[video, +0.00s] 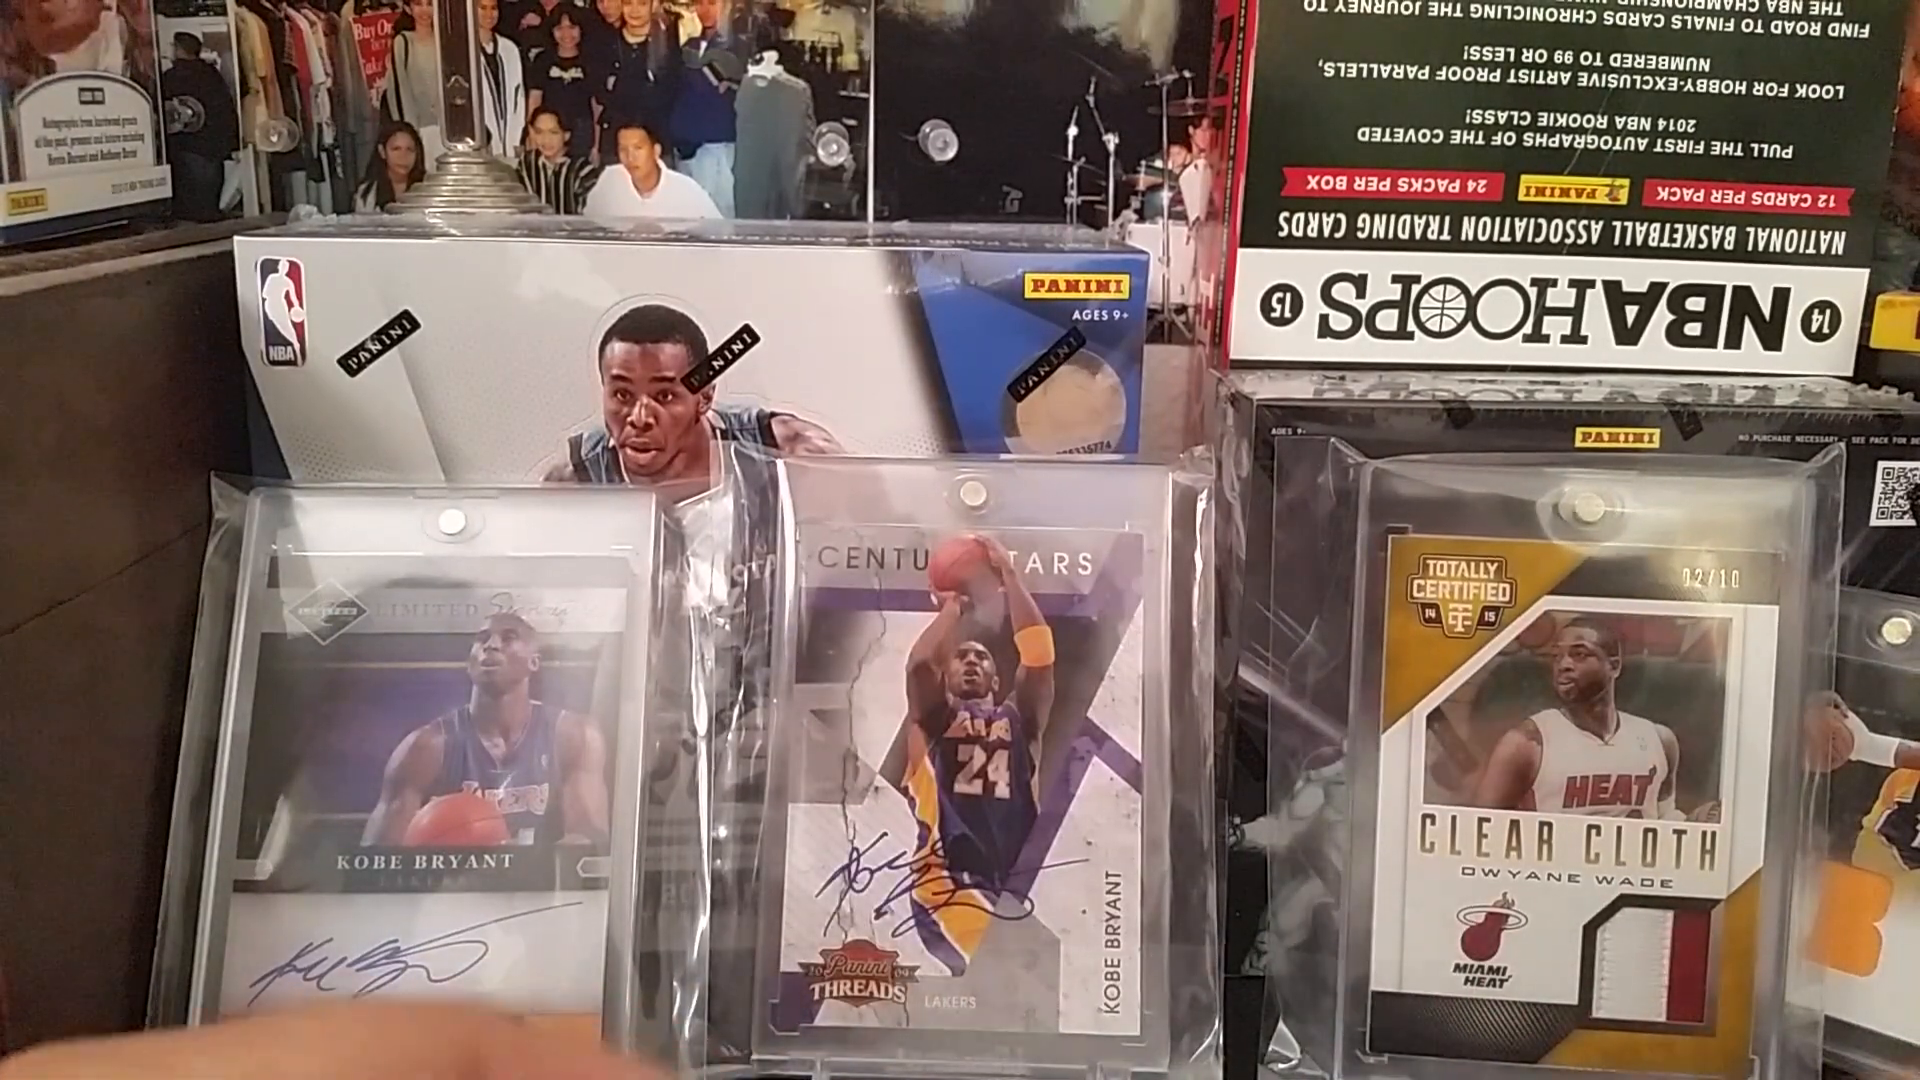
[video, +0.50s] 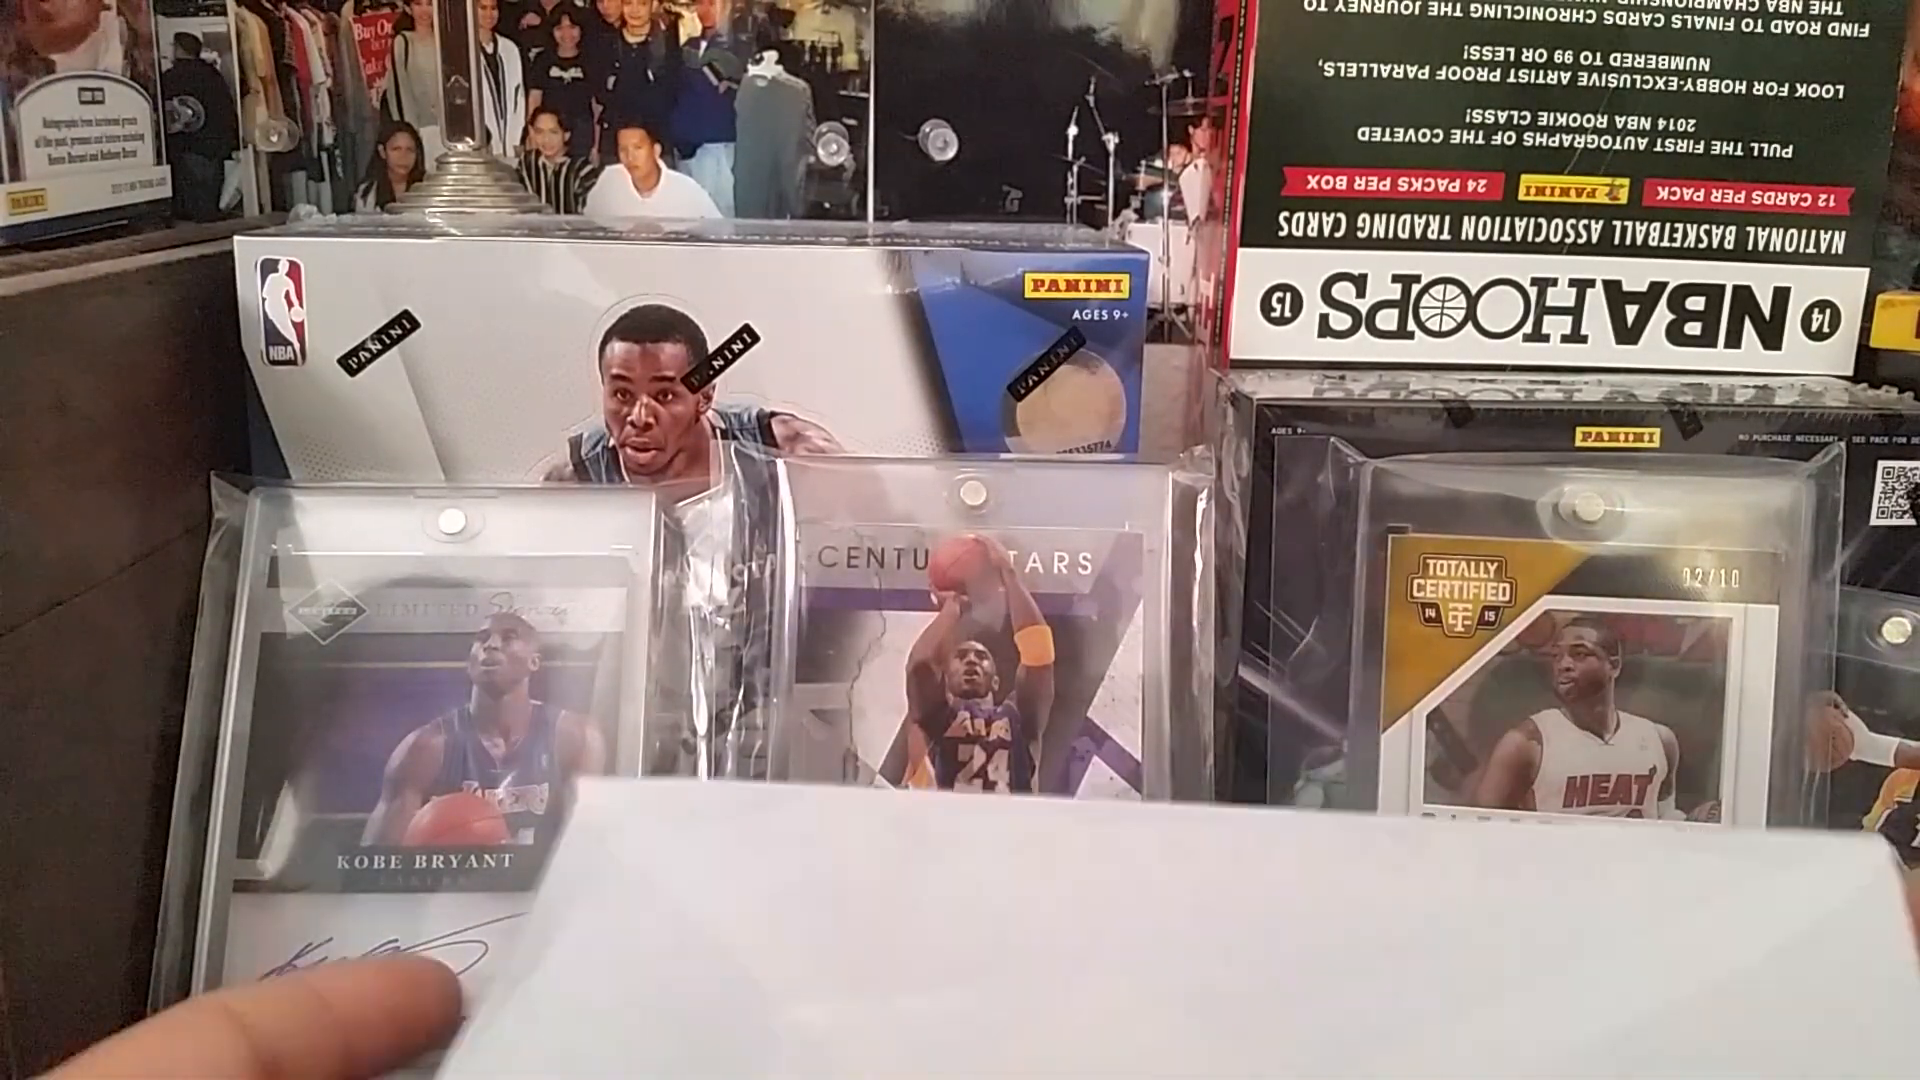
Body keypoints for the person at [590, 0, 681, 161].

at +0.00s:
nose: (634, 10)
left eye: (642, 3)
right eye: (628, 3)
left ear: (654, 5)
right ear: (621, 7)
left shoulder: (667, 44)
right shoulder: (607, 43)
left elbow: (670, 93)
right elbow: (601, 94)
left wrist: (616, 86)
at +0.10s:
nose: (634, 10)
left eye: (642, 3)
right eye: (628, 3)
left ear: (654, 6)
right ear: (621, 7)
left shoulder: (667, 42)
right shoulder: (607, 42)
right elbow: (601, 94)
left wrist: (617, 86)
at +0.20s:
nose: (635, 10)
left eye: (642, 3)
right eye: (628, 3)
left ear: (654, 6)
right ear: (621, 7)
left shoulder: (667, 43)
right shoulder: (607, 43)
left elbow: (674, 88)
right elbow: (601, 93)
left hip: (658, 134)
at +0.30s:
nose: (635, 10)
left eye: (642, 4)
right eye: (628, 4)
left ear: (654, 6)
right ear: (621, 7)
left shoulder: (667, 42)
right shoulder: (608, 42)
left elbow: (673, 89)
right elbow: (601, 94)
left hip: (656, 132)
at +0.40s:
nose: (634, 10)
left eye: (642, 3)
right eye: (628, 3)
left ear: (653, 6)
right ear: (621, 7)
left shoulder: (667, 42)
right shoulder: (608, 42)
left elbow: (673, 89)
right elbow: (600, 92)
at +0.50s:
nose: (635, 10)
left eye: (642, 3)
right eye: (628, 3)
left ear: (653, 6)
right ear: (621, 7)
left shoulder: (667, 43)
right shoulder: (607, 43)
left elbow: (675, 88)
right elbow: (600, 92)